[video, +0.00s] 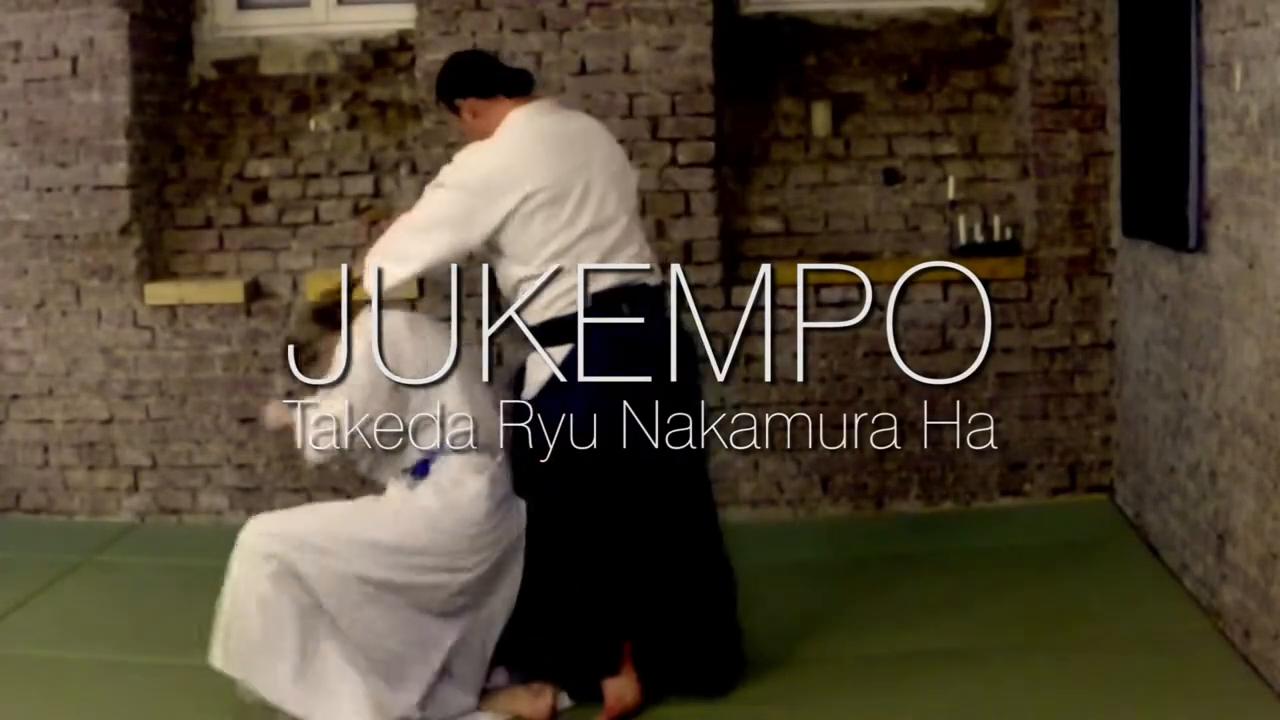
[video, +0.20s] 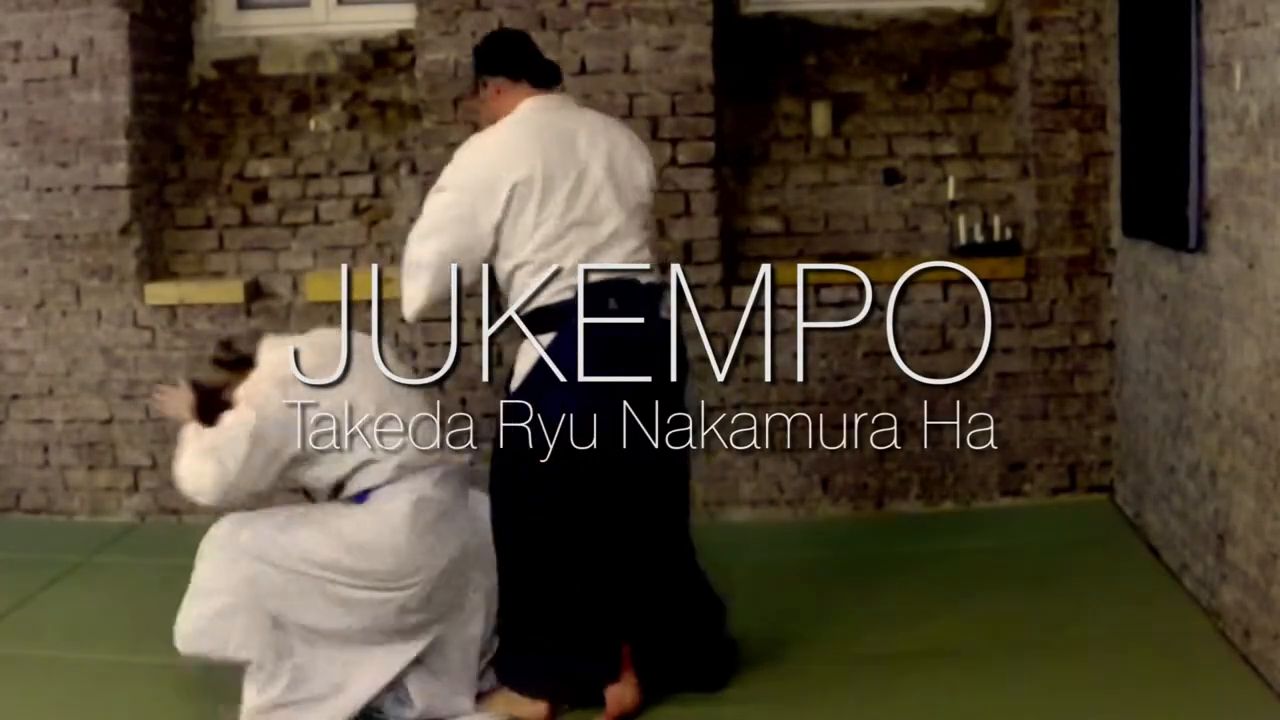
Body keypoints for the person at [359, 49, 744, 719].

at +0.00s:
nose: (461, 134)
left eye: (456, 120)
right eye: (456, 122)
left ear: (470, 106)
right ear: (518, 88)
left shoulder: (491, 160)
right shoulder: (592, 130)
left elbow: (411, 245)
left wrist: (364, 273)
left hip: (576, 340)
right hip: (654, 328)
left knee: (568, 508)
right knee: (657, 501)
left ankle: (611, 667)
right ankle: (684, 654)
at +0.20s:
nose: (480, 116)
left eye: (478, 103)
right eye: (478, 105)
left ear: (498, 89)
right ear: (546, 81)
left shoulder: (491, 151)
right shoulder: (622, 137)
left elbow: (424, 279)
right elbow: (633, 219)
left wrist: (423, 298)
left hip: (559, 349)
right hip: (647, 342)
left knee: (529, 509)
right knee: (630, 507)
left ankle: (532, 680)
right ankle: (629, 663)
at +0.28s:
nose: (500, 100)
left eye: (502, 87)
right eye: (502, 88)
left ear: (522, 82)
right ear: (570, 79)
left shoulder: (507, 147)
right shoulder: (640, 139)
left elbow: (454, 262)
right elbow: (673, 250)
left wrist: (442, 333)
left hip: (560, 336)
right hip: (649, 333)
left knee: (532, 503)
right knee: (630, 500)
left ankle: (529, 678)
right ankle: (627, 664)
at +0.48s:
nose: (541, 102)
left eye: (542, 90)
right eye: (539, 91)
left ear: (564, 80)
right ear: (610, 76)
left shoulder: (564, 138)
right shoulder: (688, 143)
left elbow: (551, 256)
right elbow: (714, 262)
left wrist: (525, 350)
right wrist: (688, 327)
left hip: (582, 341)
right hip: (667, 341)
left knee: (502, 472)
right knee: (646, 496)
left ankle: (522, 572)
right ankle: (627, 649)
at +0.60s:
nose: (553, 107)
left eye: (553, 92)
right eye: (548, 95)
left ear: (583, 75)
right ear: (618, 74)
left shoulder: (584, 132)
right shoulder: (695, 143)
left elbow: (572, 232)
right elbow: (717, 264)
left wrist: (563, 323)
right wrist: (691, 317)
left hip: (604, 315)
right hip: (678, 322)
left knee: (501, 435)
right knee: (652, 490)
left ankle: (523, 586)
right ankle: (664, 662)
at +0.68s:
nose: (556, 106)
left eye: (557, 89)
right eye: (551, 93)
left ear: (590, 73)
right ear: (614, 74)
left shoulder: (593, 136)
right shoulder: (690, 139)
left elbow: (587, 240)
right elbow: (709, 246)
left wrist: (572, 329)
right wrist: (706, 316)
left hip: (622, 308)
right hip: (687, 314)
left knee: (624, 488)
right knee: (667, 481)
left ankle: (638, 653)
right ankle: (678, 642)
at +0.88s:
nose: (555, 92)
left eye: (561, 75)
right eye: (550, 79)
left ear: (598, 65)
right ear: (595, 71)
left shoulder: (640, 121)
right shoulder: (630, 123)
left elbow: (658, 214)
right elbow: (642, 220)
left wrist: (628, 308)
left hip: (654, 313)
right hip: (648, 312)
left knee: (639, 478)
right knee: (643, 477)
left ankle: (651, 639)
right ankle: (656, 634)